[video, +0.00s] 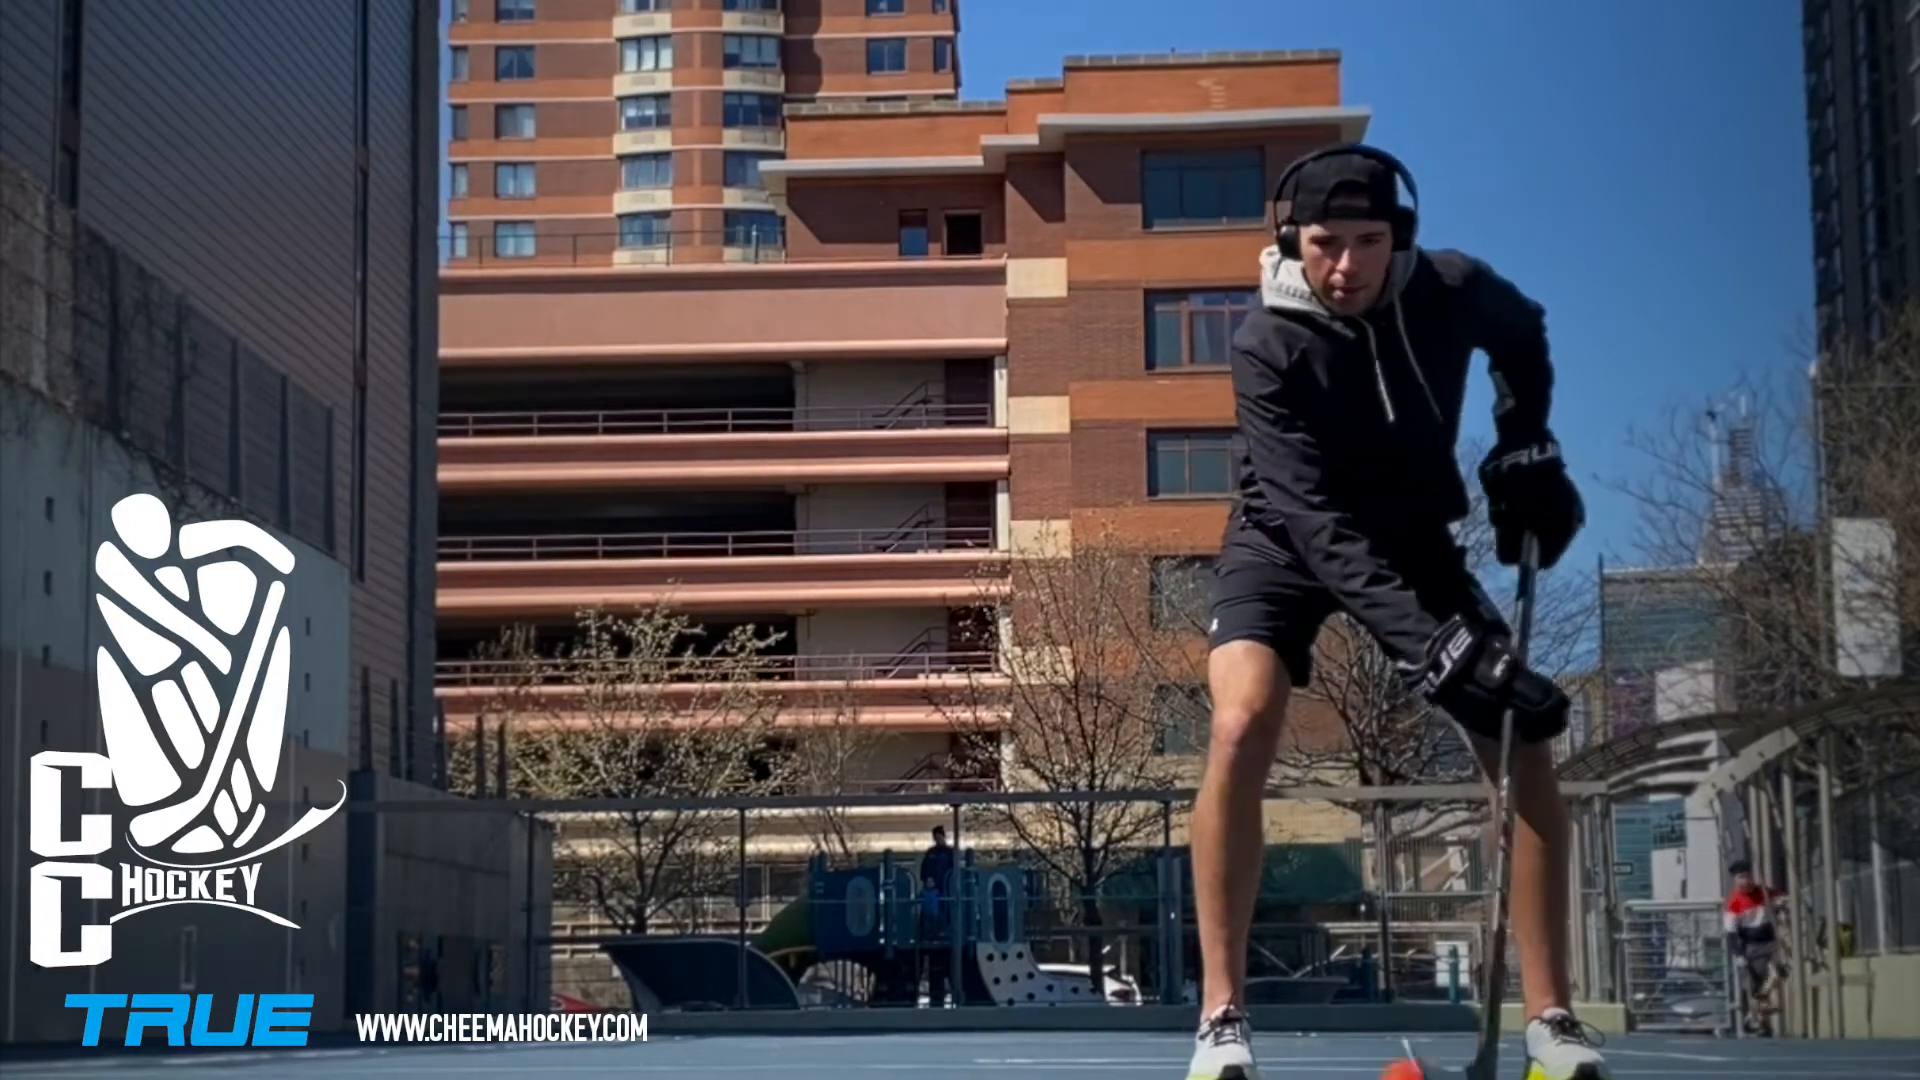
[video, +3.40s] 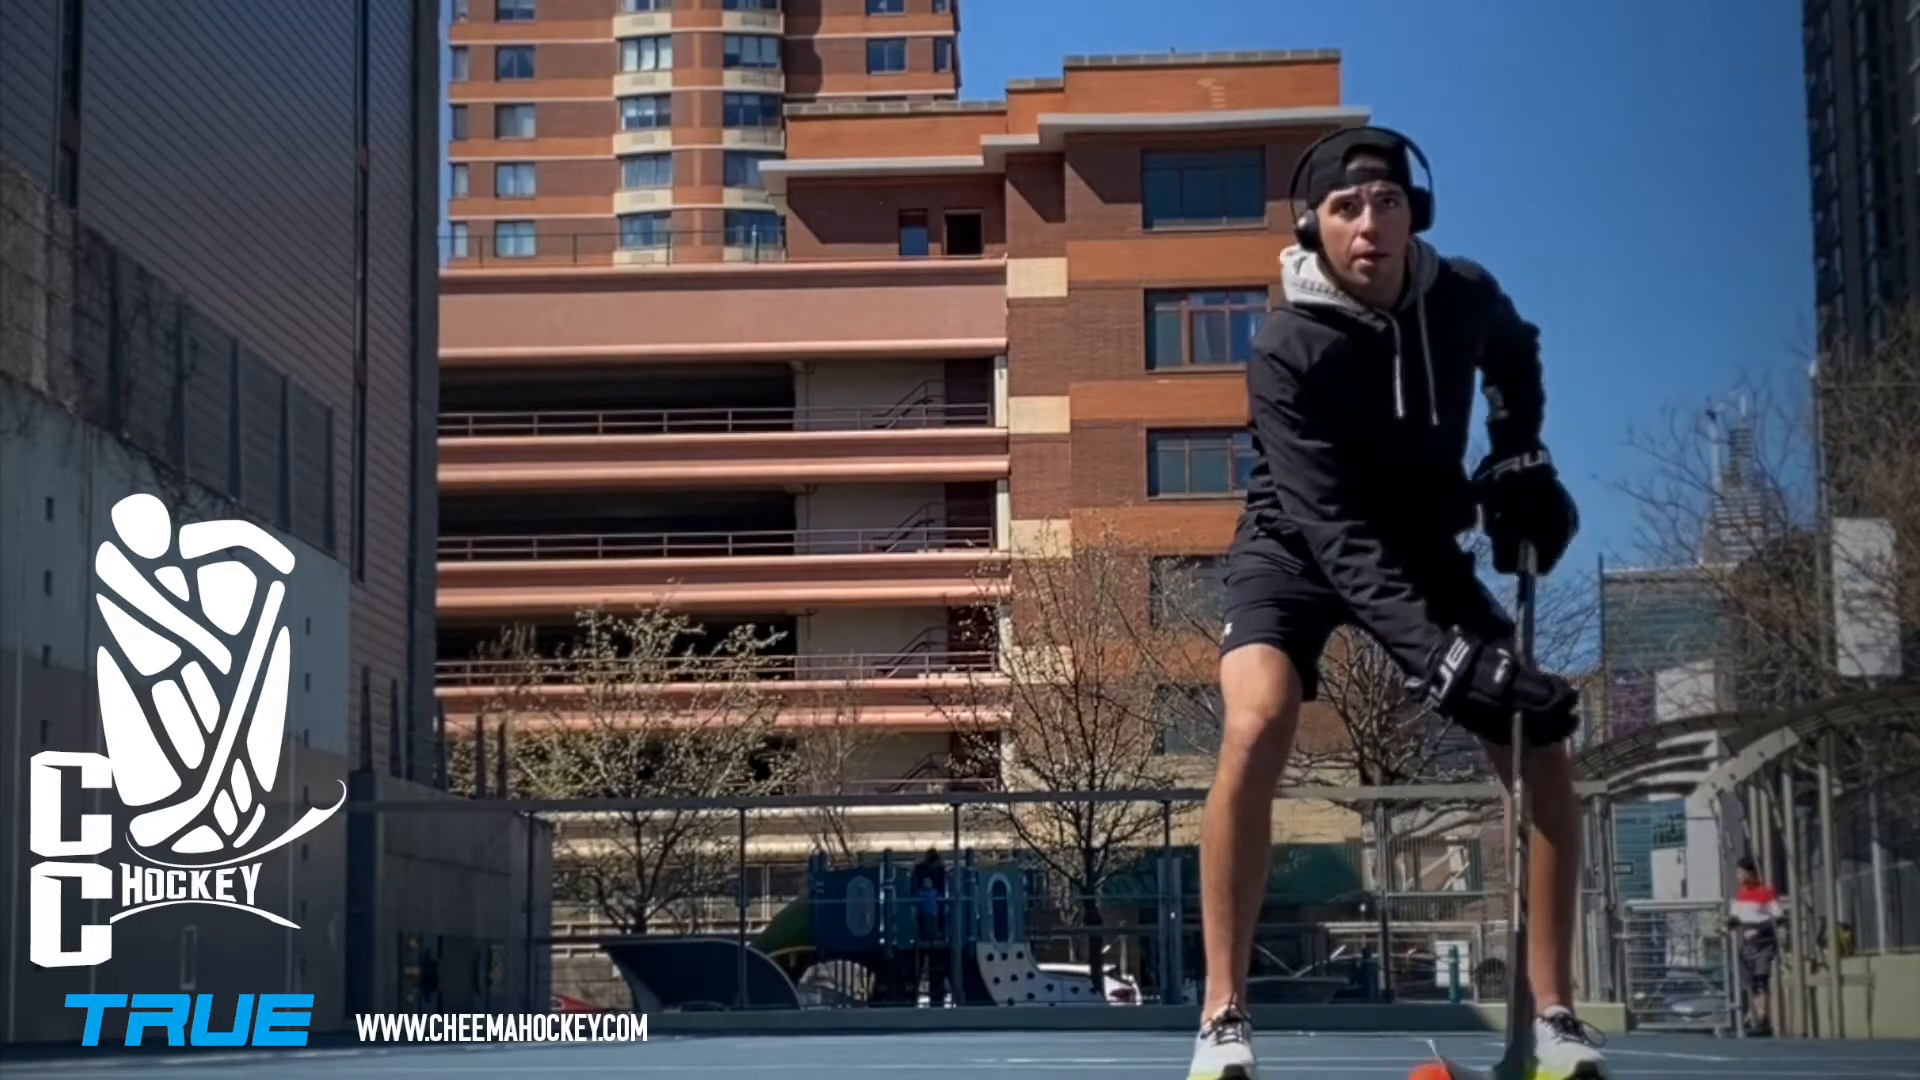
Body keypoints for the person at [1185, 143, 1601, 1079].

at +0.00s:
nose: (1343, 266)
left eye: (1365, 244)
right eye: (1324, 245)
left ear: (1399, 239)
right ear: (1293, 243)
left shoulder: (1449, 288)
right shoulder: (1268, 343)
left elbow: (1521, 333)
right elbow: (1315, 524)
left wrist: (1523, 446)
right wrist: (1440, 647)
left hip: (1414, 536)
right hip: (1285, 539)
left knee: (1523, 738)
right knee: (1242, 725)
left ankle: (1549, 1016)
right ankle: (1221, 1014)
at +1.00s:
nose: (1474, 242)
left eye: (1482, 222)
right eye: (1453, 226)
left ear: (1489, 225)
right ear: (1397, 234)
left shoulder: (1508, 299)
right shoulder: (1332, 344)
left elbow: (1553, 364)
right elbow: (1364, 541)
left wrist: (1568, 471)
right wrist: (1499, 661)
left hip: (1441, 546)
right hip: (1315, 541)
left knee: (1554, 763)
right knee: (1272, 734)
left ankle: (1555, 1017)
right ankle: (1224, 1014)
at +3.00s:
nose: (1522, 243)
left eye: (1521, 225)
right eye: (1506, 227)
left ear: (1463, 234)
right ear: (1441, 236)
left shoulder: (1491, 294)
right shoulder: (1346, 336)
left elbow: (1521, 385)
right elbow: (1362, 537)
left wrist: (1549, 477)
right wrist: (1490, 658)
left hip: (1412, 542)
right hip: (1297, 534)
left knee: (1539, 743)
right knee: (1282, 736)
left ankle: (1554, 1020)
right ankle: (1226, 1014)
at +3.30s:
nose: (1401, 231)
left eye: (1419, 211)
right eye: (1379, 212)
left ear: (1441, 222)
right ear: (1340, 227)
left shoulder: (1476, 299)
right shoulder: (1302, 342)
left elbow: (1528, 373)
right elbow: (1323, 530)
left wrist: (1537, 482)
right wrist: (1440, 650)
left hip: (1420, 546)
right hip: (1296, 544)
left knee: (1540, 738)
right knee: (1260, 728)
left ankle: (1555, 1013)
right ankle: (1223, 1012)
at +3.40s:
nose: (1369, 227)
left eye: (1386, 206)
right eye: (1346, 209)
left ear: (1416, 217)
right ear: (1311, 228)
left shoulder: (1464, 296)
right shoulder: (1289, 351)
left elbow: (1516, 362)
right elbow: (1329, 532)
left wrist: (1518, 460)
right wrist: (1446, 663)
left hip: (1421, 541)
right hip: (1295, 543)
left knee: (1539, 746)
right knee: (1255, 727)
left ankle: (1550, 1012)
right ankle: (1223, 1013)